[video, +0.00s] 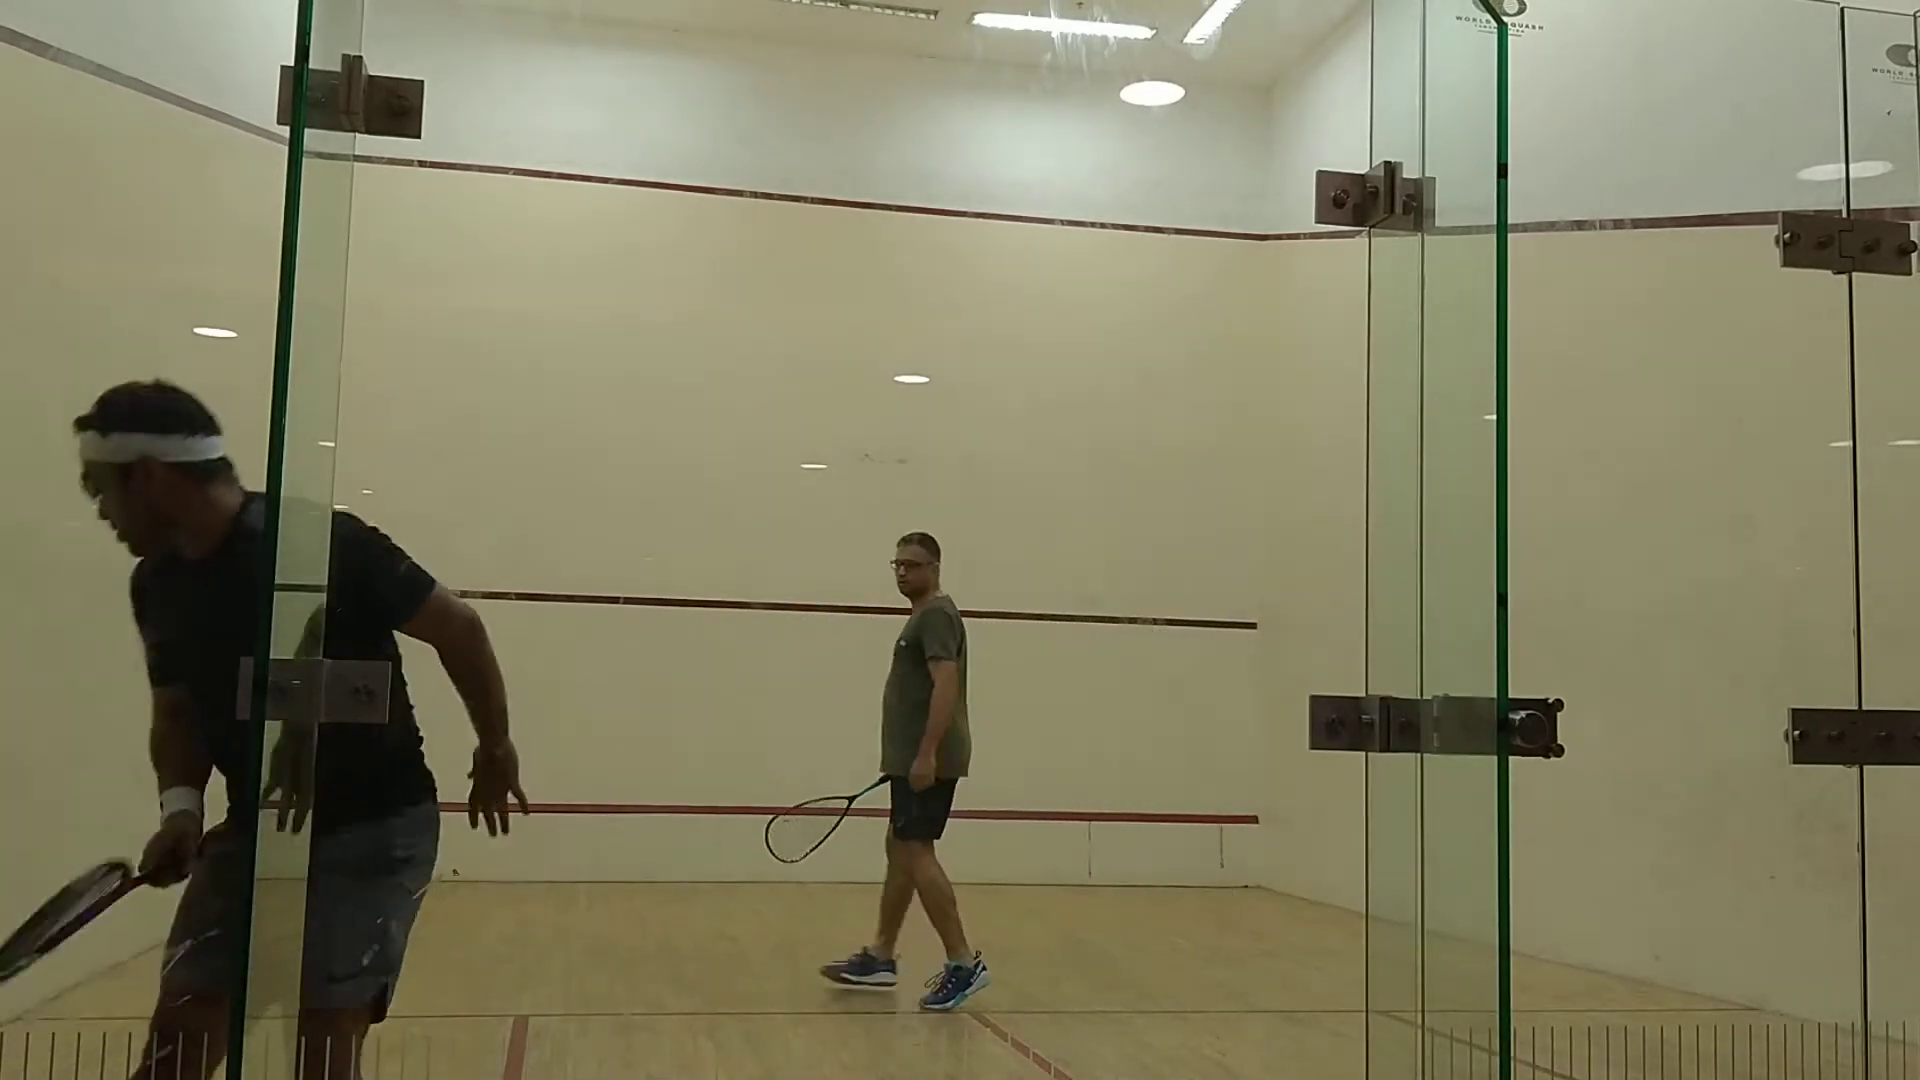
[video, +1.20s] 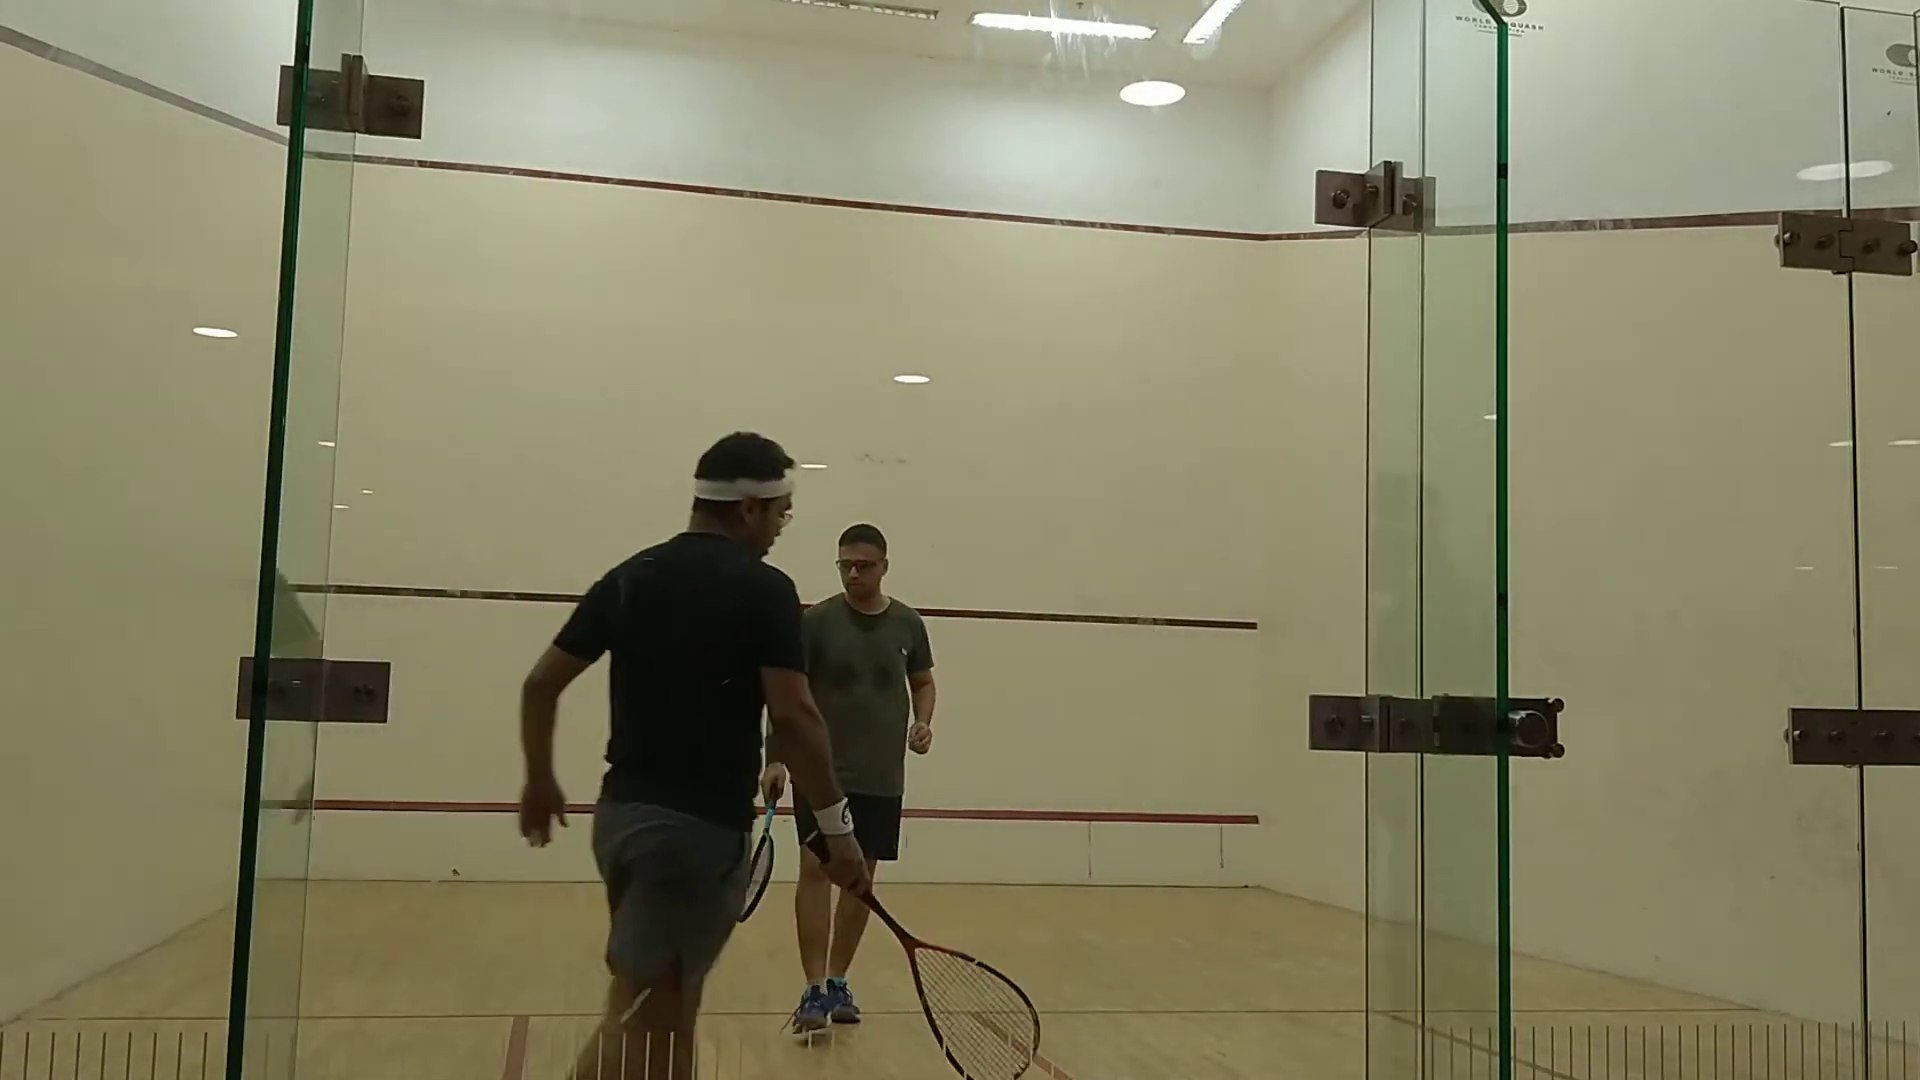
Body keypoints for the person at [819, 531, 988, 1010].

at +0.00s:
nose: (902, 572)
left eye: (912, 565)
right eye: (898, 565)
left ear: (935, 568)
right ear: (898, 570)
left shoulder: (936, 615)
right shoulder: (924, 616)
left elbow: (945, 687)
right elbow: (923, 694)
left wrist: (926, 754)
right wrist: (899, 755)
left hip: (929, 762)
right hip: (913, 760)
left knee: (916, 853)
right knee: (899, 850)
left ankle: (963, 962)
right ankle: (880, 957)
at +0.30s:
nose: (860, 577)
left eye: (869, 571)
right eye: (855, 571)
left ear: (891, 574)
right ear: (852, 576)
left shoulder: (900, 617)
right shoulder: (871, 624)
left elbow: (919, 685)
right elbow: (870, 698)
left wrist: (862, 725)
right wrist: (858, 769)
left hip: (895, 759)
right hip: (874, 759)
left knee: (857, 851)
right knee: (866, 856)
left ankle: (906, 955)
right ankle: (863, 964)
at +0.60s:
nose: (854, 581)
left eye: (864, 574)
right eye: (848, 571)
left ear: (883, 577)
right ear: (840, 572)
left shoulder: (898, 625)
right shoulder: (830, 625)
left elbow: (928, 685)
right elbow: (816, 690)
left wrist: (876, 667)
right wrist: (794, 753)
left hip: (881, 768)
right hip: (838, 765)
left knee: (863, 864)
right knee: (847, 863)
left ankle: (843, 977)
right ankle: (865, 964)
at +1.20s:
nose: (856, 574)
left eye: (865, 566)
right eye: (848, 566)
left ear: (884, 565)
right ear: (837, 565)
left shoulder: (908, 625)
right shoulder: (813, 623)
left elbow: (923, 684)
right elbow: (787, 700)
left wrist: (922, 721)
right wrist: (777, 760)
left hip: (879, 781)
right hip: (821, 777)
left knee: (861, 882)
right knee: (816, 872)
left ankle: (836, 982)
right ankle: (814, 989)